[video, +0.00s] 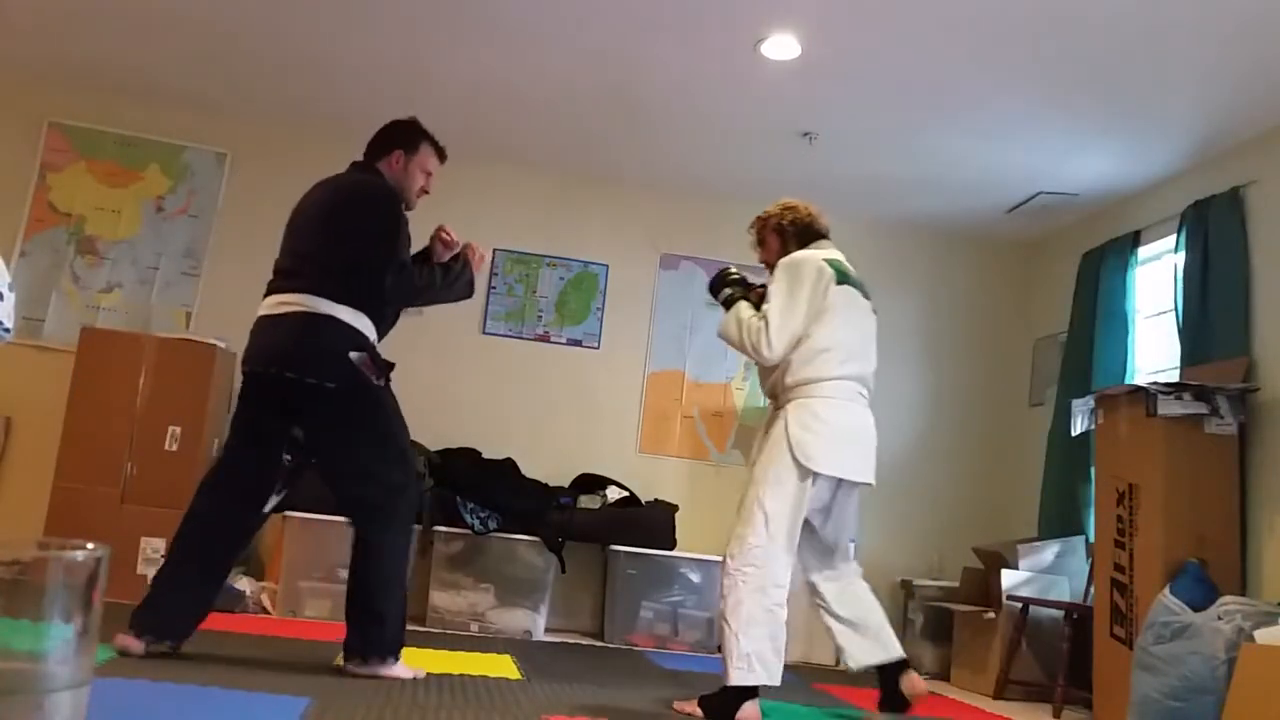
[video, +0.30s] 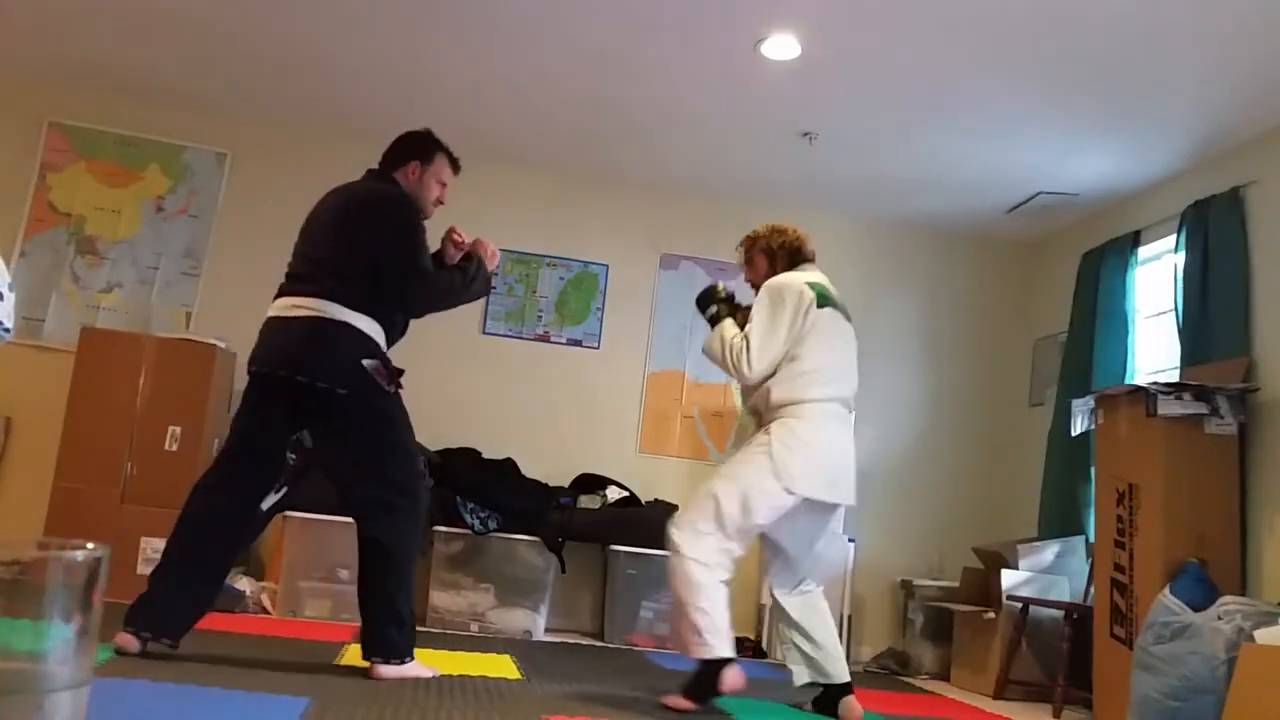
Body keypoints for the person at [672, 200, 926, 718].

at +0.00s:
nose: (761, 255)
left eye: (762, 244)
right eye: (759, 247)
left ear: (779, 235)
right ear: (813, 235)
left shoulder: (798, 267)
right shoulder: (853, 286)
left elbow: (767, 344)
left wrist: (733, 301)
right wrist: (761, 303)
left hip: (807, 425)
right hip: (854, 432)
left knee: (755, 552)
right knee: (830, 560)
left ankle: (741, 687)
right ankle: (893, 670)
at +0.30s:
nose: (747, 274)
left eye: (750, 263)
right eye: (746, 265)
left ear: (770, 258)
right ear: (795, 258)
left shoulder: (783, 289)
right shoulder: (831, 301)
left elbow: (750, 364)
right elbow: (787, 371)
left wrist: (720, 317)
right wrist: (745, 322)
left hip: (792, 445)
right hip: (835, 454)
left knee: (694, 533)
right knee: (793, 578)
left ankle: (716, 663)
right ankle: (836, 691)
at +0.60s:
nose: (690, 255)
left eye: (695, 246)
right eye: (692, 247)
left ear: (712, 246)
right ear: (744, 252)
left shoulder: (717, 275)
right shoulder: (780, 313)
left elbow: (696, 321)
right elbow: (791, 386)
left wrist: (639, 292)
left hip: (715, 434)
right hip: (768, 446)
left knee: (625, 528)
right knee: (780, 564)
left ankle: (551, 648)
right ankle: (832, 683)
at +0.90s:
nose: (625, 218)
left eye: (630, 210)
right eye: (627, 210)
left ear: (645, 211)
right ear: (686, 219)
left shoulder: (630, 247)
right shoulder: (716, 284)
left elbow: (546, 284)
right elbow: (724, 374)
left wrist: (481, 270)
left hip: (639, 427)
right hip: (698, 435)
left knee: (556, 537)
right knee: (700, 542)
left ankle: (515, 666)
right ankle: (776, 648)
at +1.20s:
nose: (643, 229)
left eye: (646, 219)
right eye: (643, 220)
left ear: (668, 216)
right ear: (705, 222)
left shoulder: (659, 252)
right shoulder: (745, 292)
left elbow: (610, 327)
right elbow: (732, 372)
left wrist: (569, 301)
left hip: (642, 432)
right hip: (710, 447)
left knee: (550, 539)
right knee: (716, 572)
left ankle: (502, 661)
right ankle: (757, 701)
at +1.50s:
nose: (635, 229)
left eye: (639, 218)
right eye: (635, 219)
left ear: (664, 217)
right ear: (694, 222)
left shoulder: (653, 258)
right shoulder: (738, 291)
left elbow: (615, 338)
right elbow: (730, 373)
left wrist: (571, 317)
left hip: (639, 430)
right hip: (705, 445)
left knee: (531, 514)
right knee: (715, 573)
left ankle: (508, 652)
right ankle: (758, 704)